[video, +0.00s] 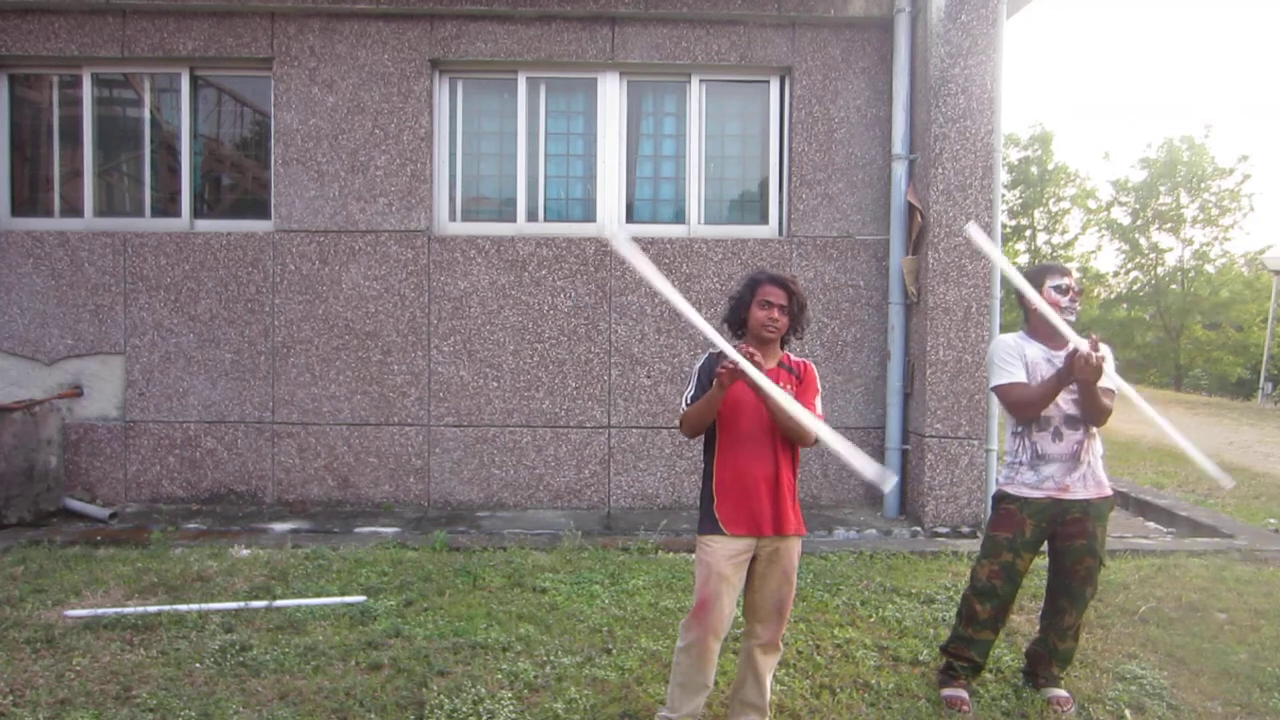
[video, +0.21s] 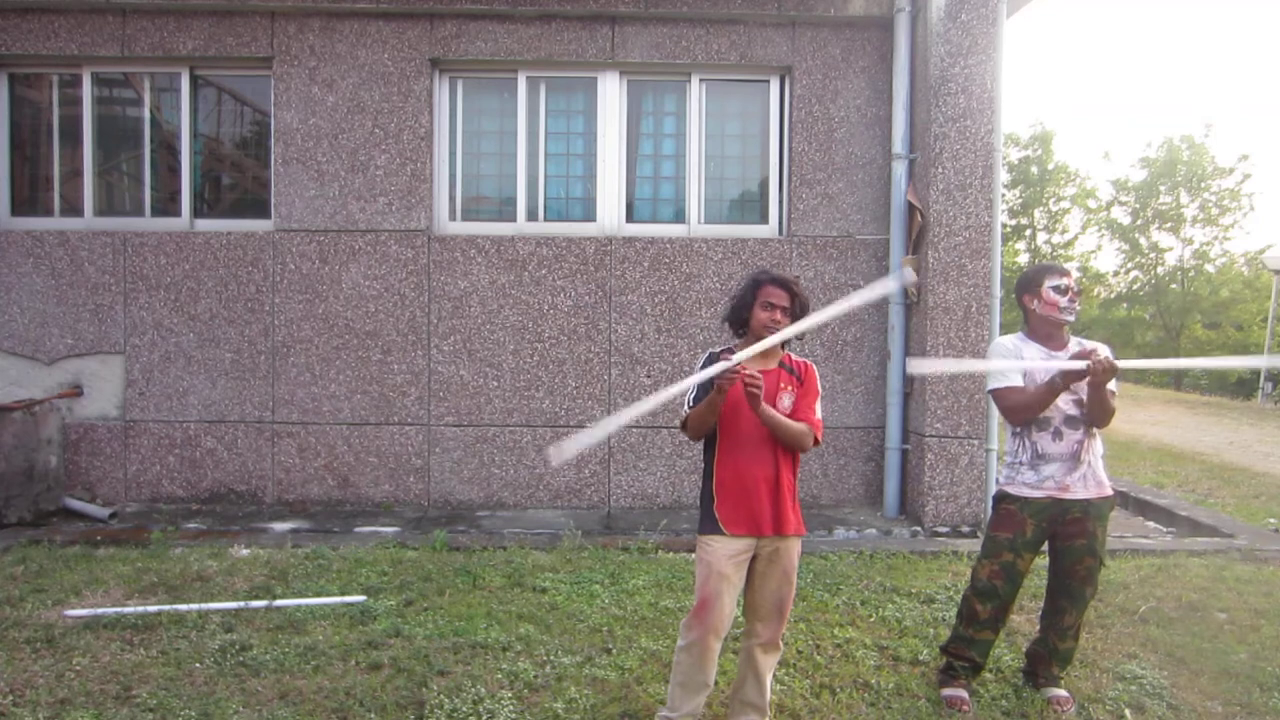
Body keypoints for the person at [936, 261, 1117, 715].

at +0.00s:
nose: (1070, 299)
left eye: (1075, 295)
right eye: (1060, 290)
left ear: (1078, 304)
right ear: (1030, 297)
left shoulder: (1095, 354)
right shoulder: (1007, 347)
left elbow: (1099, 417)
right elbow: (1021, 407)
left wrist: (1086, 378)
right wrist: (1069, 372)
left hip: (1085, 494)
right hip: (1025, 491)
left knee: (1074, 592)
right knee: (991, 583)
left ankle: (1045, 670)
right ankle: (957, 674)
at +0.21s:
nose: (1071, 297)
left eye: (1074, 291)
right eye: (1059, 289)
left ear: (1077, 303)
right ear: (1029, 300)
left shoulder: (1093, 351)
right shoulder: (1006, 349)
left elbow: (1101, 420)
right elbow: (1015, 412)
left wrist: (1098, 382)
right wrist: (1066, 377)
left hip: (1086, 494)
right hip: (1025, 491)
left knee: (1075, 592)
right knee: (992, 583)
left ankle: (1045, 671)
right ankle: (957, 674)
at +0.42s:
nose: (1071, 298)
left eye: (1074, 292)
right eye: (1060, 290)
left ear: (1076, 303)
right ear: (1029, 300)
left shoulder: (1091, 353)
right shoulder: (1006, 349)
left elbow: (1102, 420)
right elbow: (1017, 412)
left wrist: (1098, 385)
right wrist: (1064, 371)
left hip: (1085, 492)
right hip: (1025, 488)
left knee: (1075, 590)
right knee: (993, 582)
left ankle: (1045, 671)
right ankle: (957, 674)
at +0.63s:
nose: (1071, 297)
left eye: (1074, 291)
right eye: (1059, 289)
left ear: (1076, 303)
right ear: (1029, 300)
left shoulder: (1093, 352)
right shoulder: (1007, 349)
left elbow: (1103, 419)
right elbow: (1016, 412)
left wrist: (1098, 382)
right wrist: (1056, 376)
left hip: (1086, 495)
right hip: (1026, 492)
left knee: (1074, 593)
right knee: (992, 584)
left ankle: (1045, 671)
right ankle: (957, 674)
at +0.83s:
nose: (1070, 298)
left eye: (1073, 292)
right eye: (1058, 290)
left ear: (1076, 303)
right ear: (1027, 301)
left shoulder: (1092, 352)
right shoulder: (1006, 351)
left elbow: (1107, 417)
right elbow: (1013, 412)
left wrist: (1101, 382)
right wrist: (1056, 388)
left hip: (1087, 495)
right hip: (1025, 492)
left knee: (1075, 593)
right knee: (992, 584)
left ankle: (1045, 671)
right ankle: (956, 674)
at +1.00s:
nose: (1069, 298)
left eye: (1072, 292)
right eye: (1057, 290)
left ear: (1075, 304)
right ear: (1027, 301)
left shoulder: (1094, 355)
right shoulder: (1005, 352)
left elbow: (1109, 417)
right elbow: (1016, 416)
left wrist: (1092, 379)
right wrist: (1067, 401)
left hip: (1087, 495)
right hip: (1026, 492)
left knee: (1075, 593)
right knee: (992, 584)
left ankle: (1045, 671)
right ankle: (956, 674)